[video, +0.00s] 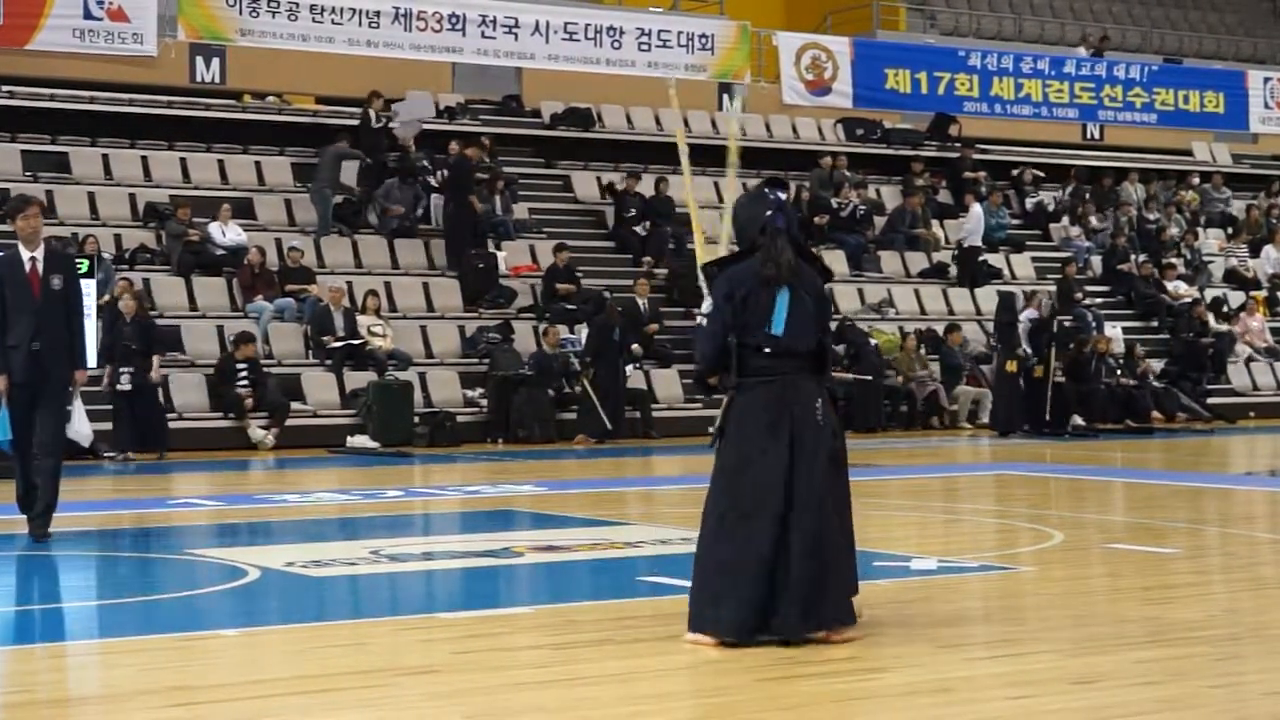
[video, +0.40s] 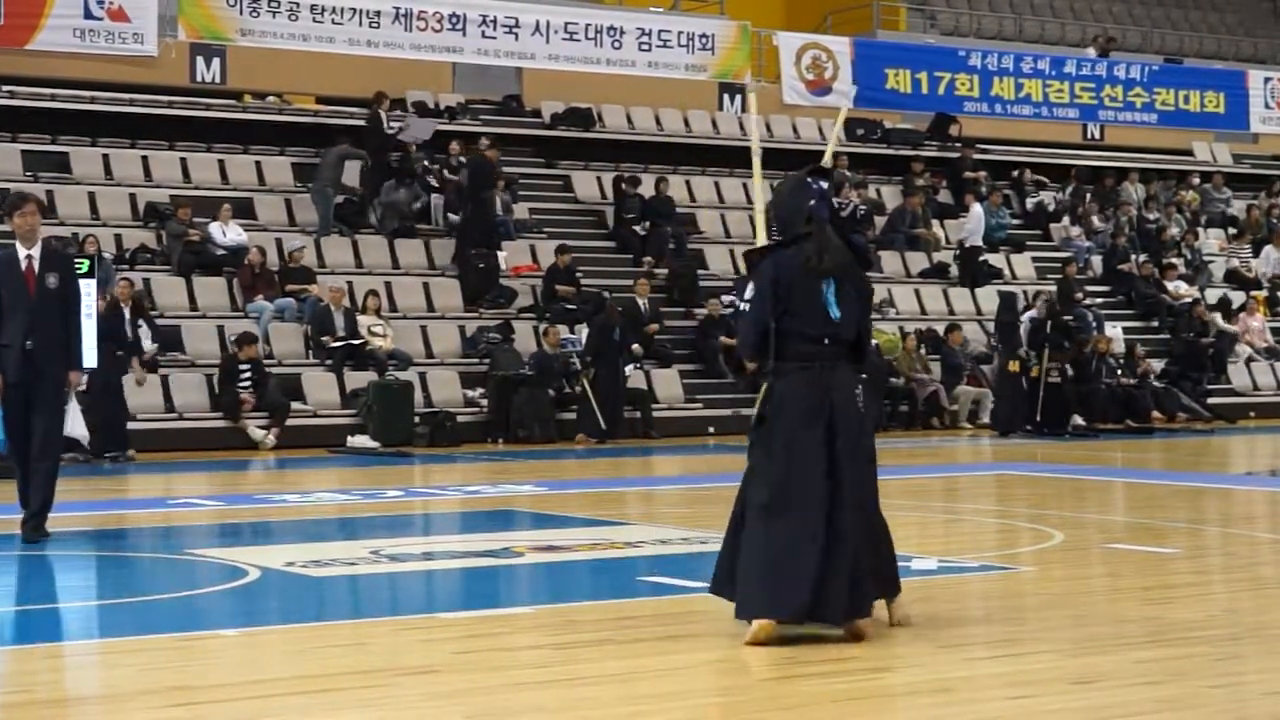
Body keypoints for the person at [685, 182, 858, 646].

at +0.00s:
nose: (736, 236)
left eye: (738, 228)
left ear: (745, 231)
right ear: (787, 226)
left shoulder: (734, 279)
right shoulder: (812, 280)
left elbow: (709, 352)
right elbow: (821, 353)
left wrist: (723, 370)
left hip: (754, 407)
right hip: (809, 407)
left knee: (736, 510)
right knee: (816, 509)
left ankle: (716, 622)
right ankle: (825, 617)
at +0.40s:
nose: (772, 220)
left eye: (776, 212)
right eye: (775, 212)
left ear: (785, 217)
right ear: (825, 212)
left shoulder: (773, 267)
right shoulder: (850, 265)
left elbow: (751, 338)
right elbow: (860, 338)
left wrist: (752, 360)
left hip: (791, 393)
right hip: (842, 390)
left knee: (774, 496)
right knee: (846, 493)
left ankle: (765, 607)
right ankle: (853, 604)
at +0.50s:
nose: (781, 229)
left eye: (783, 222)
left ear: (789, 226)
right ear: (833, 224)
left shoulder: (776, 279)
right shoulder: (855, 281)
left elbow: (750, 347)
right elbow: (865, 345)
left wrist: (756, 369)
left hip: (797, 405)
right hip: (852, 404)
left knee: (783, 505)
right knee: (866, 504)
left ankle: (773, 615)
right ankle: (897, 608)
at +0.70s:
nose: (810, 237)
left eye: (815, 229)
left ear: (823, 232)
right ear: (866, 227)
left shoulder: (822, 281)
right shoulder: (888, 279)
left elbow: (793, 354)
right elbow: (888, 342)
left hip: (839, 405)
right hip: (891, 404)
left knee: (804, 506)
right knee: (905, 509)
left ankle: (777, 613)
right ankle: (940, 612)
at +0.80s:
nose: (827, 242)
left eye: (831, 233)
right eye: (827, 232)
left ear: (845, 234)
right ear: (878, 228)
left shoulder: (850, 282)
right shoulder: (901, 274)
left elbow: (824, 355)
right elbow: (915, 343)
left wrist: (800, 323)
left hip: (866, 409)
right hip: (915, 405)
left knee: (827, 507)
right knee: (916, 511)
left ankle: (799, 613)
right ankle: (938, 614)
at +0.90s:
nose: (840, 242)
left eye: (846, 232)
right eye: (840, 231)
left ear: (864, 235)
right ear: (894, 231)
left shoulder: (868, 283)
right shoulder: (914, 274)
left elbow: (848, 356)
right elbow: (921, 342)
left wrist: (836, 379)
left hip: (887, 408)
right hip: (929, 404)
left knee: (845, 505)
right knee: (917, 511)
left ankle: (826, 615)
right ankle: (914, 612)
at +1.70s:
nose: (897, 231)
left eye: (869, 225)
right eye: (898, 225)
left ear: (852, 228)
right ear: (896, 230)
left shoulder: (827, 282)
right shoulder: (913, 282)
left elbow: (813, 353)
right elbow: (940, 349)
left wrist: (821, 397)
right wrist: (928, 393)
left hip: (832, 404)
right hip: (892, 405)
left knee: (832, 508)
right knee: (893, 509)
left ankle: (829, 618)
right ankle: (899, 618)